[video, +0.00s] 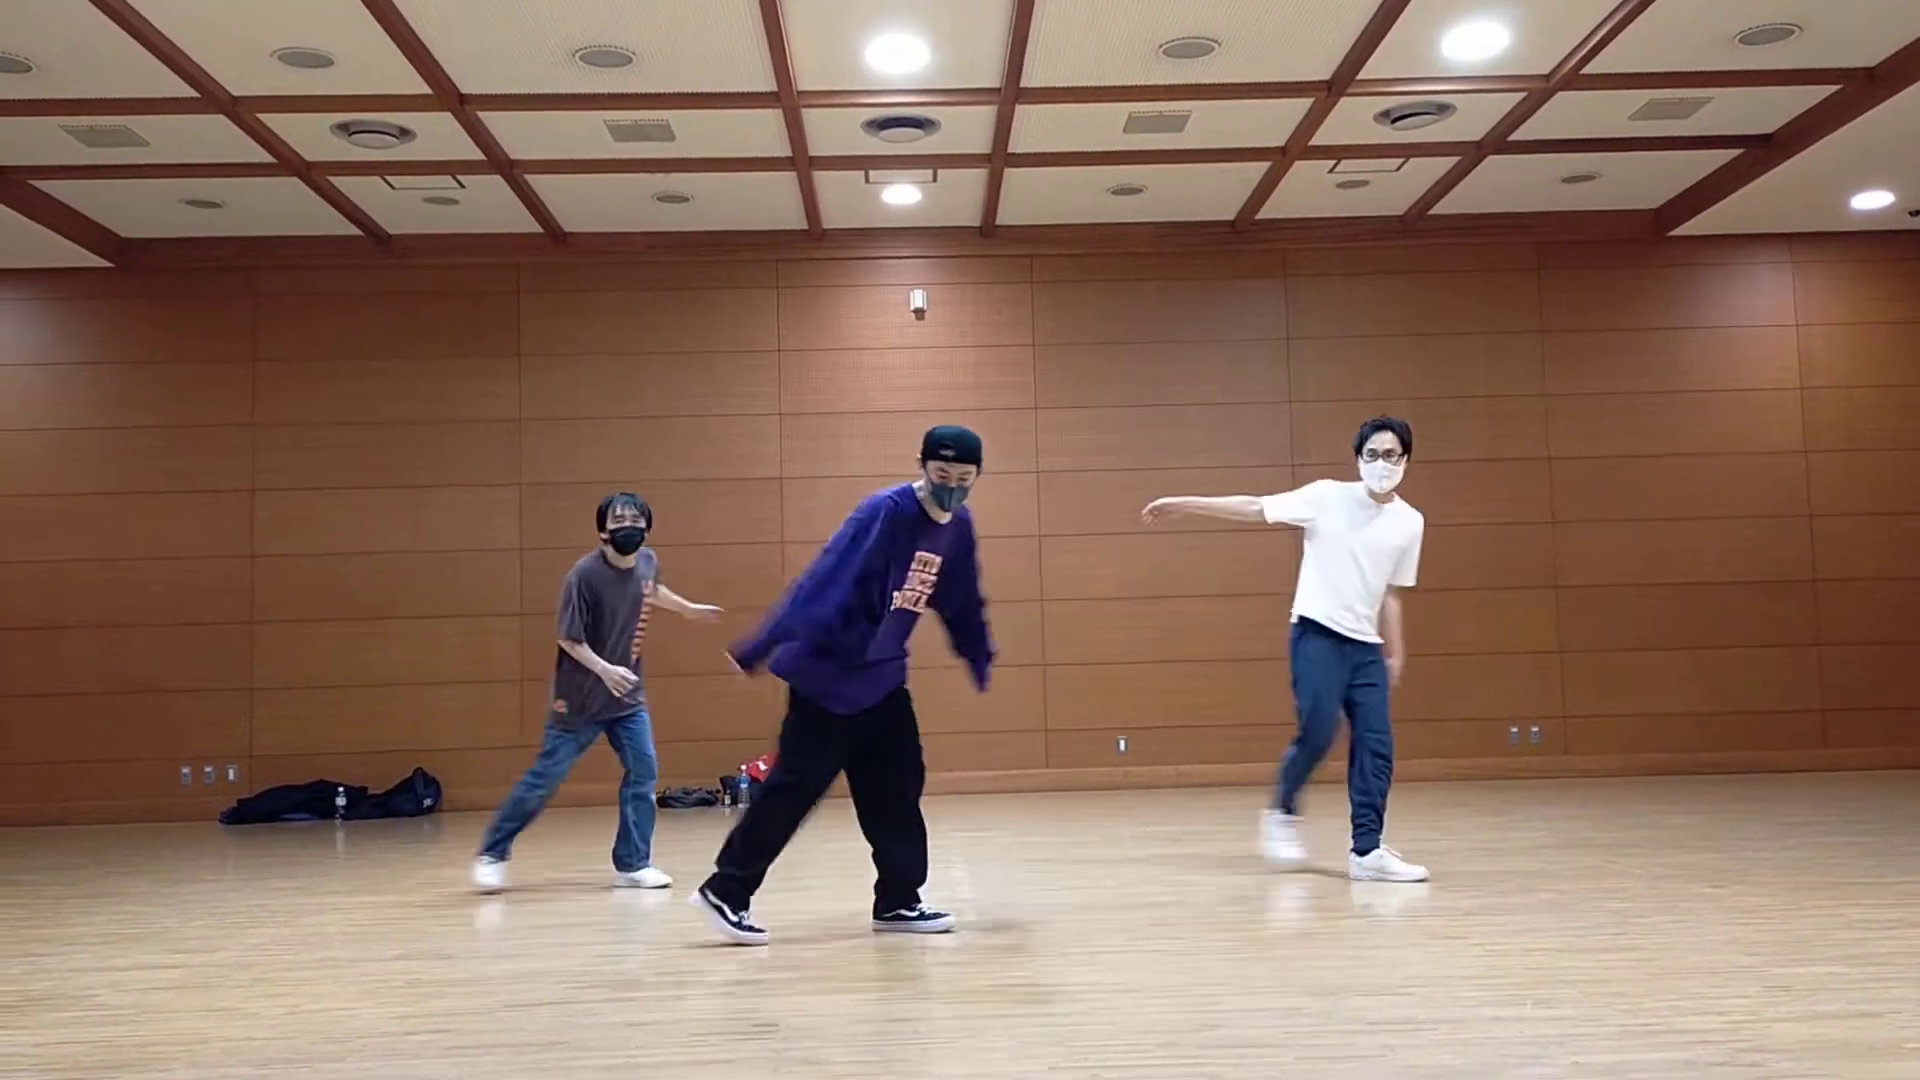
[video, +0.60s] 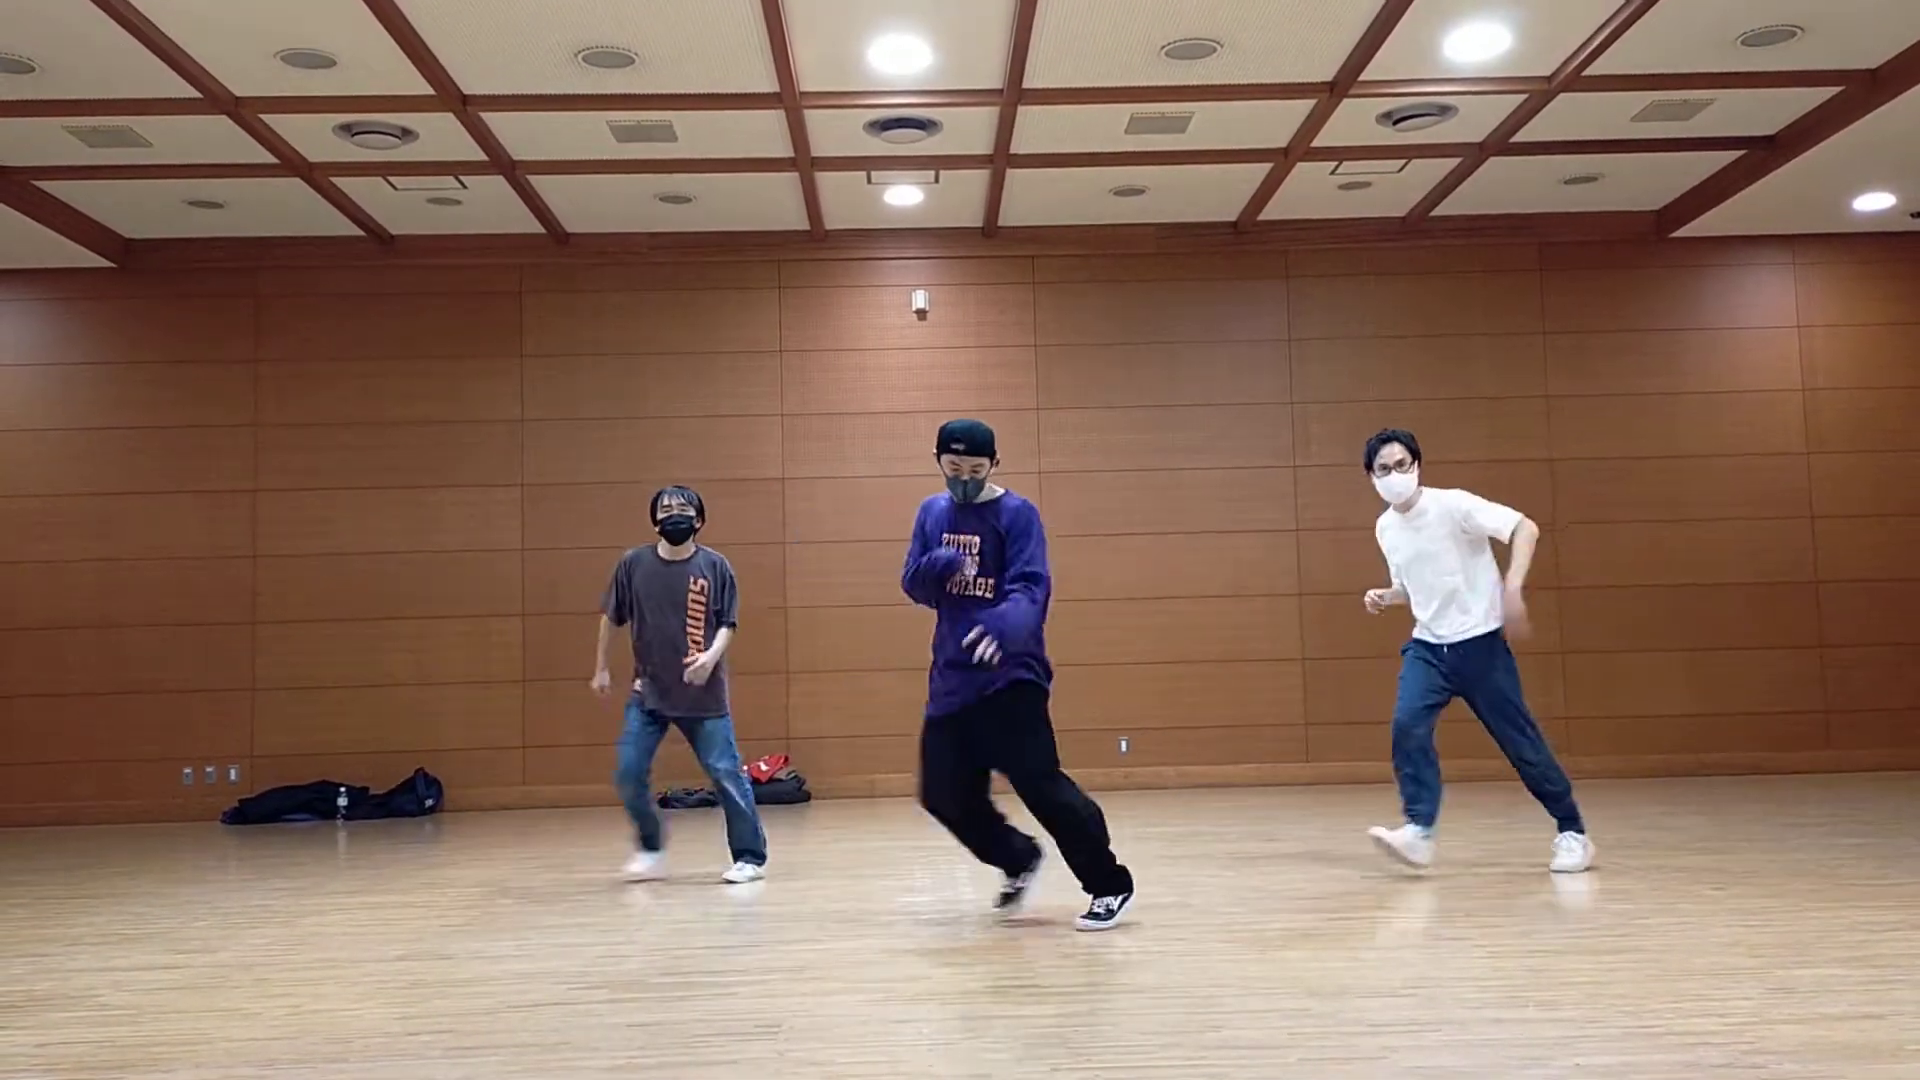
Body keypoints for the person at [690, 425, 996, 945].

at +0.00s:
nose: (951, 483)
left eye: (963, 475)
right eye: (942, 471)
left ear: (975, 478)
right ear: (924, 467)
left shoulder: (958, 527)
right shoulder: (884, 513)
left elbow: (960, 594)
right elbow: (822, 580)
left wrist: (977, 649)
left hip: (882, 677)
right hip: (826, 675)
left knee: (897, 784)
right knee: (797, 783)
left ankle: (897, 902)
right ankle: (726, 890)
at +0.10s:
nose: (961, 476)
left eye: (973, 468)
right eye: (951, 464)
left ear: (985, 469)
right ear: (933, 460)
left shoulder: (983, 524)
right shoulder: (889, 503)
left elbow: (1009, 581)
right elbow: (809, 534)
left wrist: (1044, 626)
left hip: (919, 671)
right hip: (861, 667)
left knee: (920, 786)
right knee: (856, 780)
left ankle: (900, 902)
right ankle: (794, 865)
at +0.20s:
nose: (964, 467)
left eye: (975, 458)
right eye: (955, 456)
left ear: (988, 459)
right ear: (938, 451)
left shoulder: (998, 513)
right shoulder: (891, 489)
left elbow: (1042, 564)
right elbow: (818, 506)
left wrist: (1094, 592)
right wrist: (753, 518)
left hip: (955, 667)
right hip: (891, 664)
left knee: (940, 788)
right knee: (901, 784)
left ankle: (902, 901)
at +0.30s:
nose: (968, 474)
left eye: (979, 464)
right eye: (959, 463)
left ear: (994, 462)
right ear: (944, 459)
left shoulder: (1010, 518)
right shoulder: (899, 495)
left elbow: (1060, 570)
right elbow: (826, 509)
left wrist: (1124, 579)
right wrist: (777, 530)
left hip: (982, 668)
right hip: (916, 671)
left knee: (977, 785)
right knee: (951, 789)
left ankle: (950, 875)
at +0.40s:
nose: (968, 479)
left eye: (979, 470)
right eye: (959, 469)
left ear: (997, 474)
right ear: (945, 470)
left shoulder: (1016, 533)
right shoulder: (918, 513)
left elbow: (1067, 592)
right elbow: (868, 544)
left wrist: (1111, 585)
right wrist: (831, 562)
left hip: (1004, 669)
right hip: (943, 678)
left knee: (998, 775)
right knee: (972, 781)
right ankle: (1032, 862)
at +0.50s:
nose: (971, 482)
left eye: (982, 473)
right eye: (962, 472)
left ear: (998, 474)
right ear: (948, 471)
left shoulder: (1022, 527)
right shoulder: (931, 518)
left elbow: (1051, 602)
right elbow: (905, 577)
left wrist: (1071, 598)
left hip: (1009, 677)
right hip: (953, 684)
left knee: (1021, 786)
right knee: (986, 797)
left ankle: (1097, 882)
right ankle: (1046, 877)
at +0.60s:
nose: (962, 475)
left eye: (972, 466)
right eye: (952, 465)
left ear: (991, 466)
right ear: (940, 465)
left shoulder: (1017, 514)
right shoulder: (933, 513)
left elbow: (1031, 589)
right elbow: (917, 587)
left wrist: (1002, 626)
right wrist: (939, 564)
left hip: (1011, 672)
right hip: (953, 676)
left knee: (1039, 783)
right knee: (944, 794)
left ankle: (1110, 885)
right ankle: (1020, 857)